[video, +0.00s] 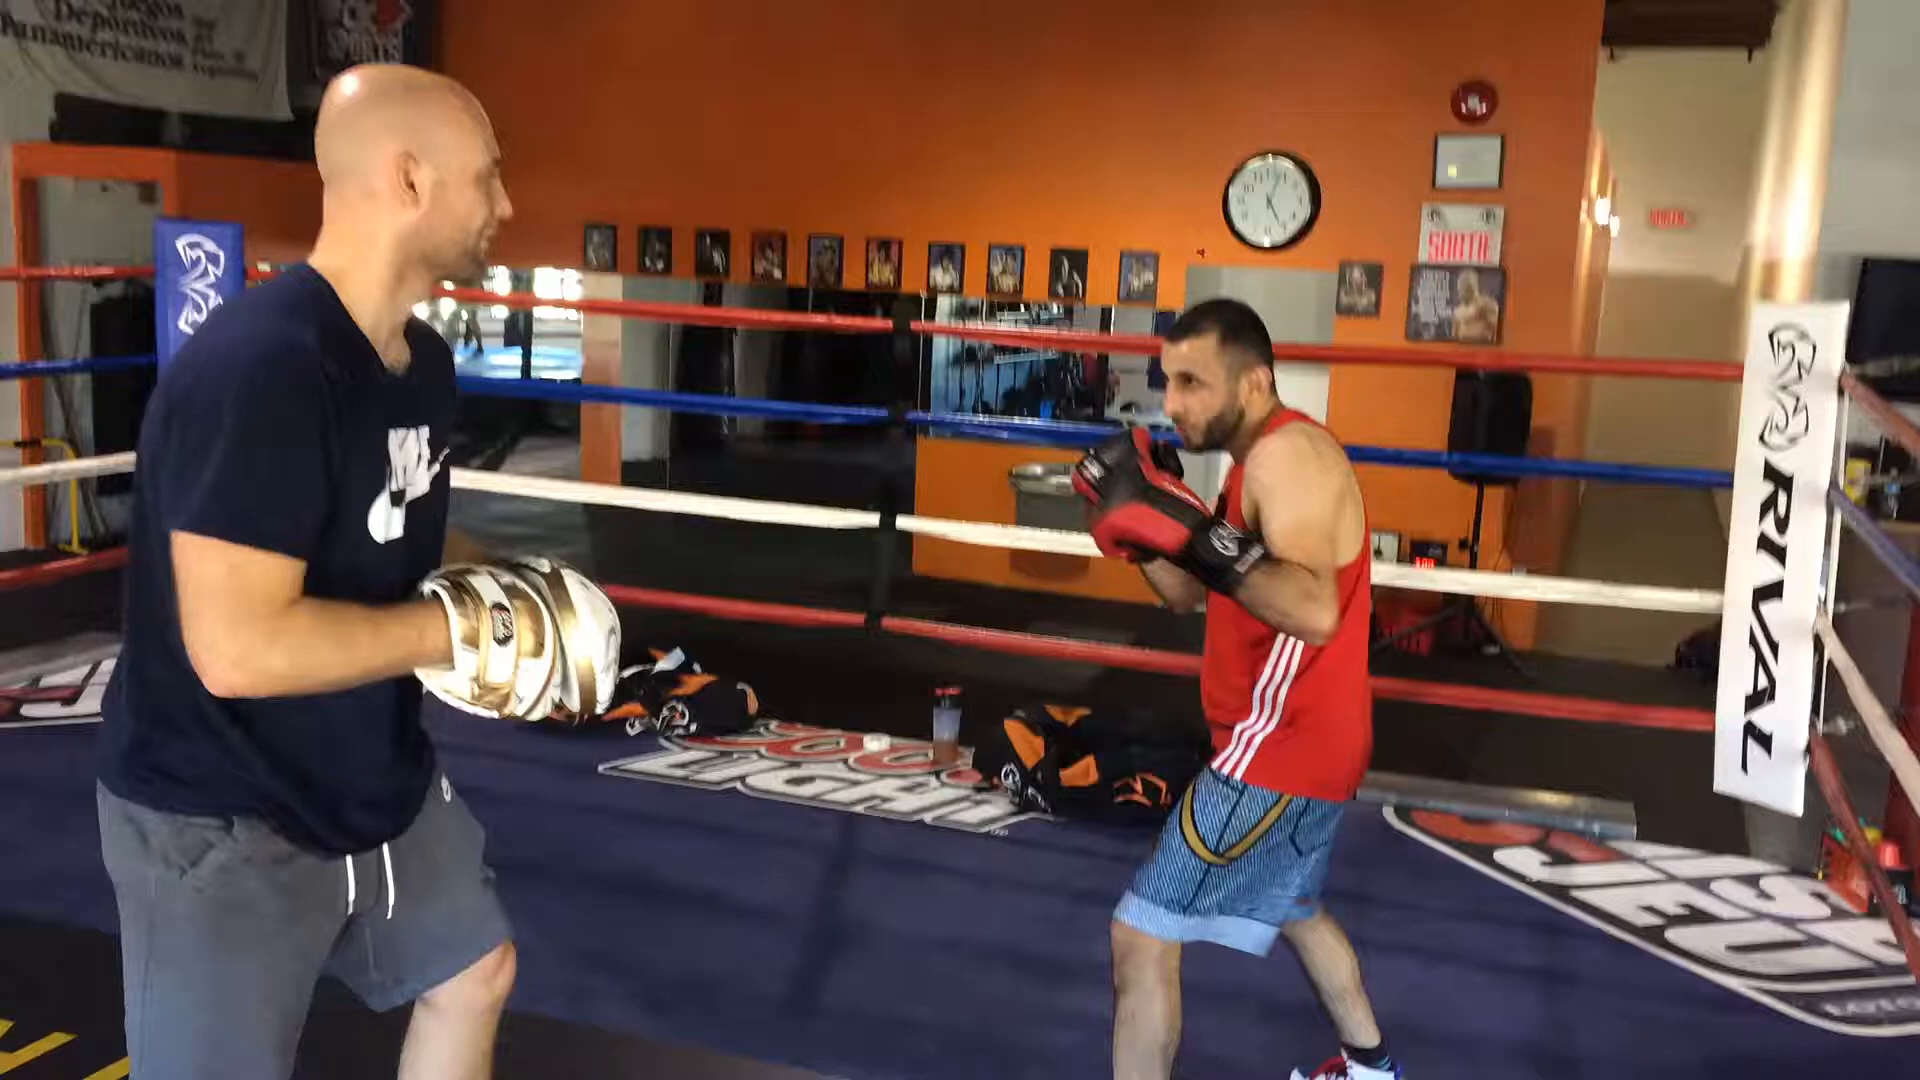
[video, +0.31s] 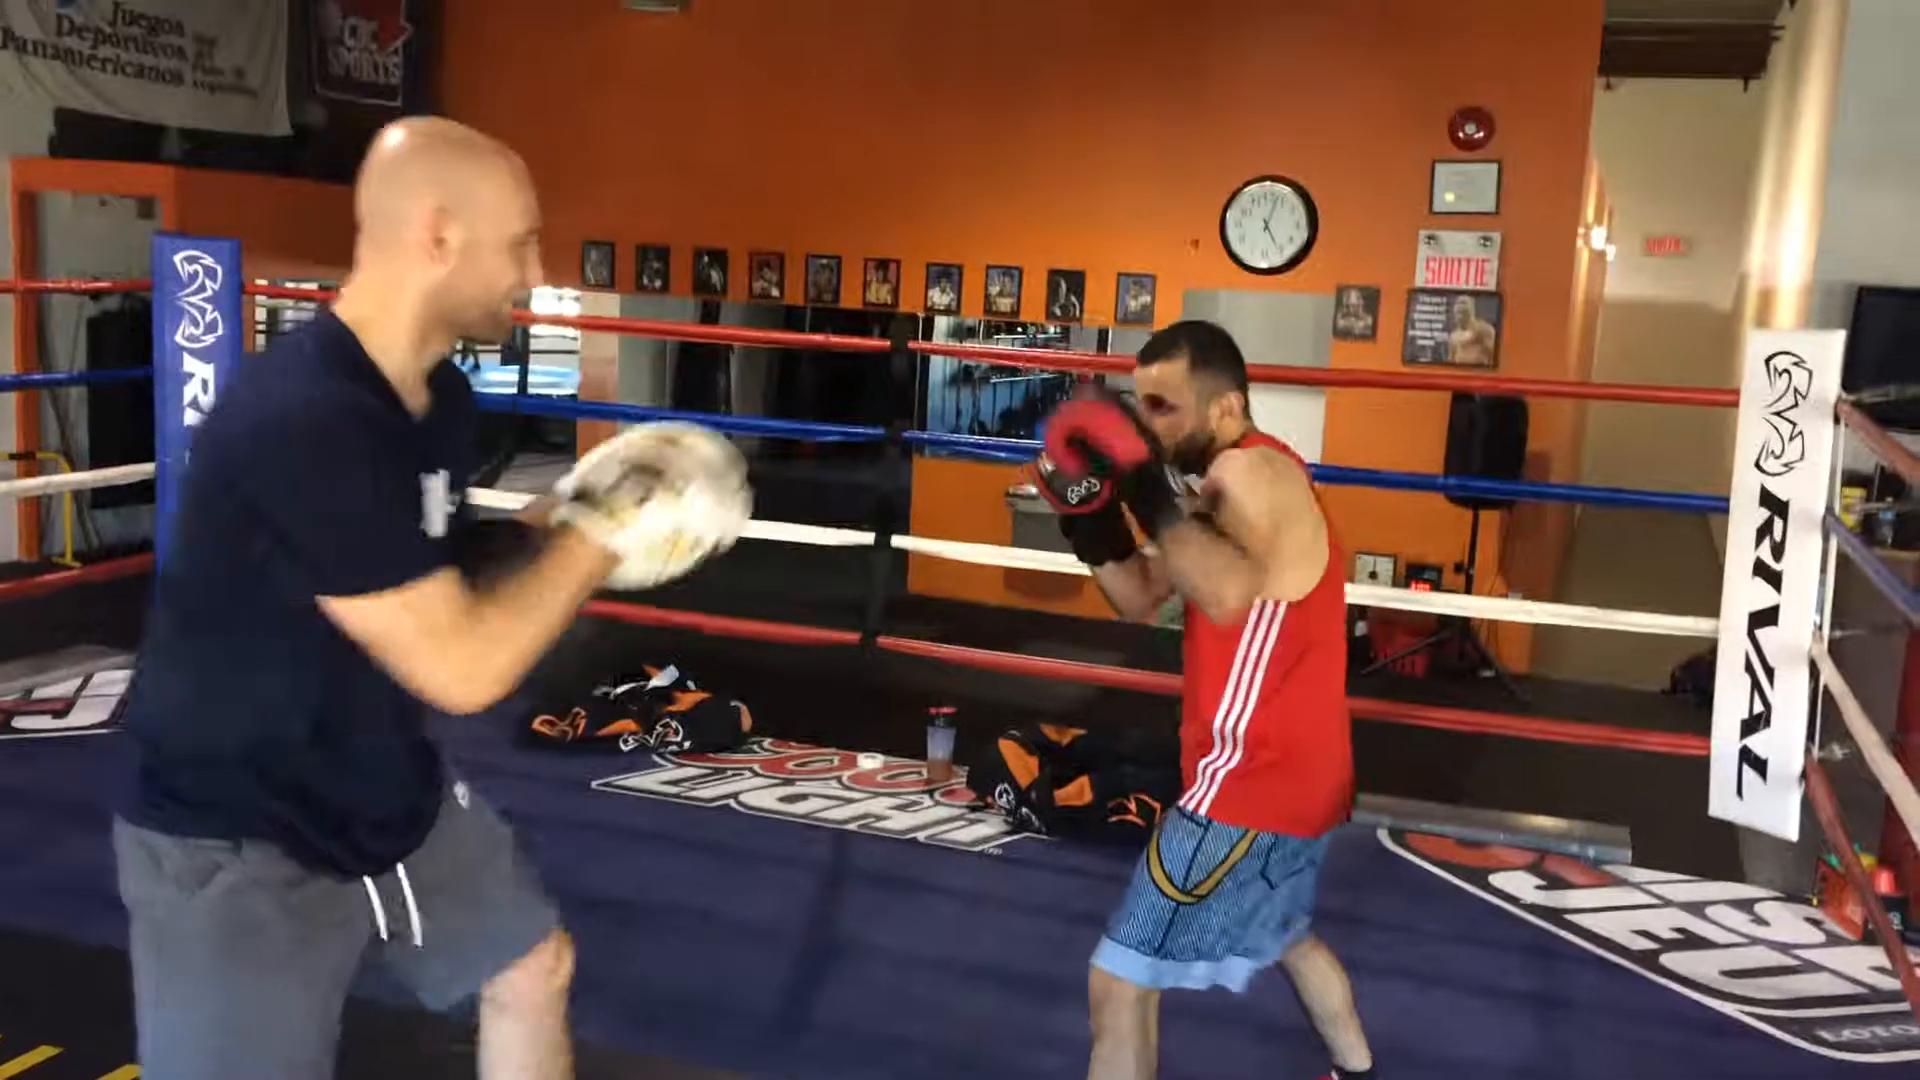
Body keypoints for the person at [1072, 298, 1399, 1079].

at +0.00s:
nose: (1172, 405)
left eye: (1190, 384)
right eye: (1167, 383)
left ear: (1252, 380)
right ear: (1245, 383)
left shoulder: (1288, 458)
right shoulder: (1259, 458)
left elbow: (1315, 611)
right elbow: (1191, 595)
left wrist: (1198, 535)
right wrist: (1135, 514)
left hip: (1278, 754)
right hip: (1307, 751)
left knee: (1143, 935)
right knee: (1297, 908)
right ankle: (1370, 1063)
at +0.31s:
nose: (1144, 427)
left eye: (1163, 409)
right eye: (1138, 408)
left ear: (1227, 406)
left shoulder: (1250, 473)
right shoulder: (1213, 481)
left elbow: (1228, 592)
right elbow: (1138, 597)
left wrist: (1146, 484)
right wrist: (1089, 517)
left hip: (1249, 785)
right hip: (1294, 781)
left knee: (1120, 977)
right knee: (1292, 938)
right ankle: (1358, 1069)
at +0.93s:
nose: (1175, 491)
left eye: (1194, 470)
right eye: (1173, 470)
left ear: (1260, 472)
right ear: (1257, 477)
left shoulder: (1289, 536)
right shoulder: (1283, 535)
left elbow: (1270, 690)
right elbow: (1200, 673)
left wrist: (1174, 595)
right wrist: (1132, 599)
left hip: (1297, 838)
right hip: (1348, 833)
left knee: (1120, 990)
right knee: (1304, 951)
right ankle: (1384, 1075)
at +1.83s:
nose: (1178, 500)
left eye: (1202, 480)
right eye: (1178, 479)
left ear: (1270, 492)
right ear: (1270, 499)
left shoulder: (1291, 565)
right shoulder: (1284, 564)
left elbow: (1247, 675)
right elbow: (1194, 695)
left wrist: (1141, 586)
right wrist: (1113, 631)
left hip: (1276, 879)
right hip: (1334, 875)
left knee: (1077, 1043)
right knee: (1309, 990)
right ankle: (1385, 1078)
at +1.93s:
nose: (1132, 497)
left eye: (1157, 479)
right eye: (1135, 475)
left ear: (1225, 496)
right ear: (1228, 504)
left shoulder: (1234, 565)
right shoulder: (1268, 569)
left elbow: (1075, 573)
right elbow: (1247, 703)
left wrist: (972, 522)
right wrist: (1125, 670)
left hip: (1226, 918)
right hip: (1273, 909)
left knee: (1096, 1067)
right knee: (1229, 1014)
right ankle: (1331, 1058)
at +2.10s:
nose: (1082, 489)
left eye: (1105, 467)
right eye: (1087, 466)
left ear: (1177, 481)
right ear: (1171, 485)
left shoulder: (1247, 571)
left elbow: (1295, 753)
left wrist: (1164, 758)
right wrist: (970, 601)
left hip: (1227, 907)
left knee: (1047, 1068)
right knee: (1222, 1061)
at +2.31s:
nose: (1107, 517)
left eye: (1126, 495)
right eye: (1108, 493)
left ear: (1198, 498)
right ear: (1209, 503)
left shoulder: (1200, 555)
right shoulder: (1290, 560)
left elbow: (1118, 663)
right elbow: (1156, 683)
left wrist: (1015, 603)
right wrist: (1036, 618)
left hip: (1251, 933)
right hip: (1338, 924)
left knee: (1023, 1072)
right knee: (1317, 1036)